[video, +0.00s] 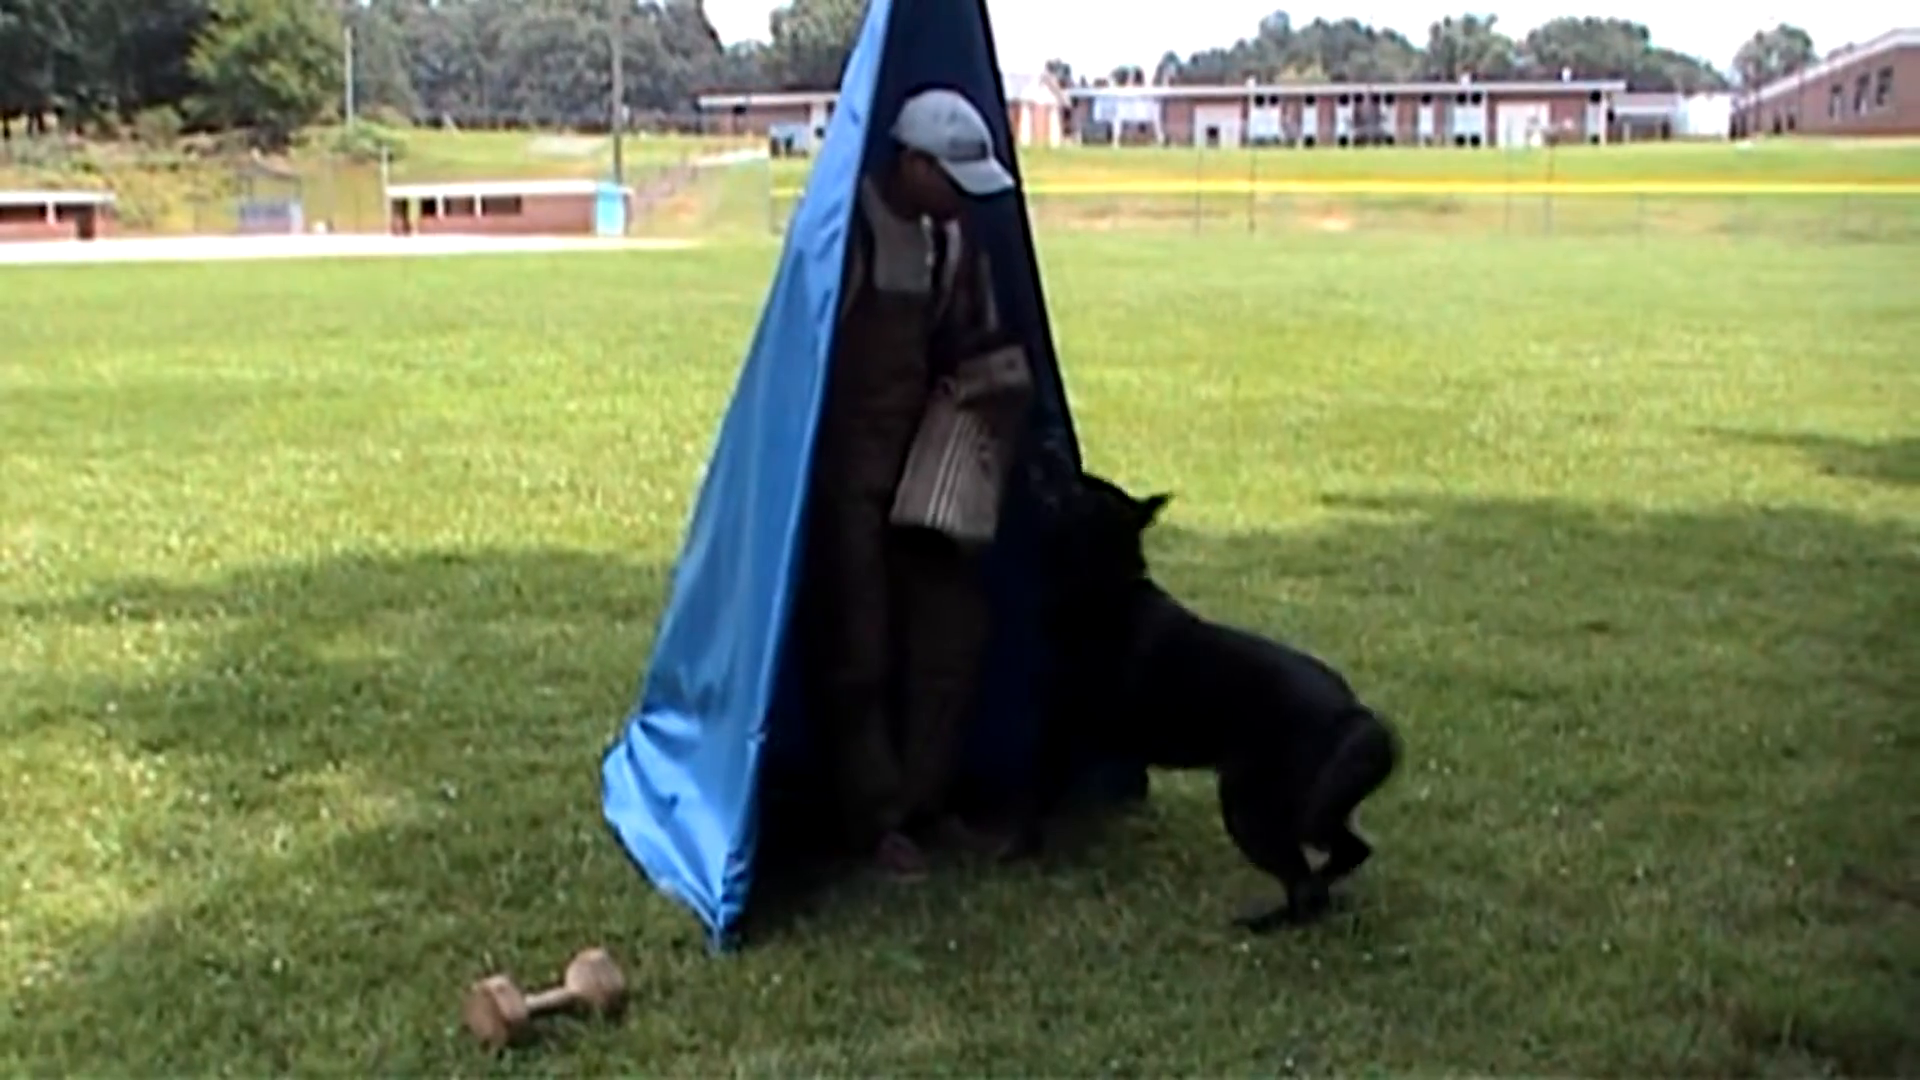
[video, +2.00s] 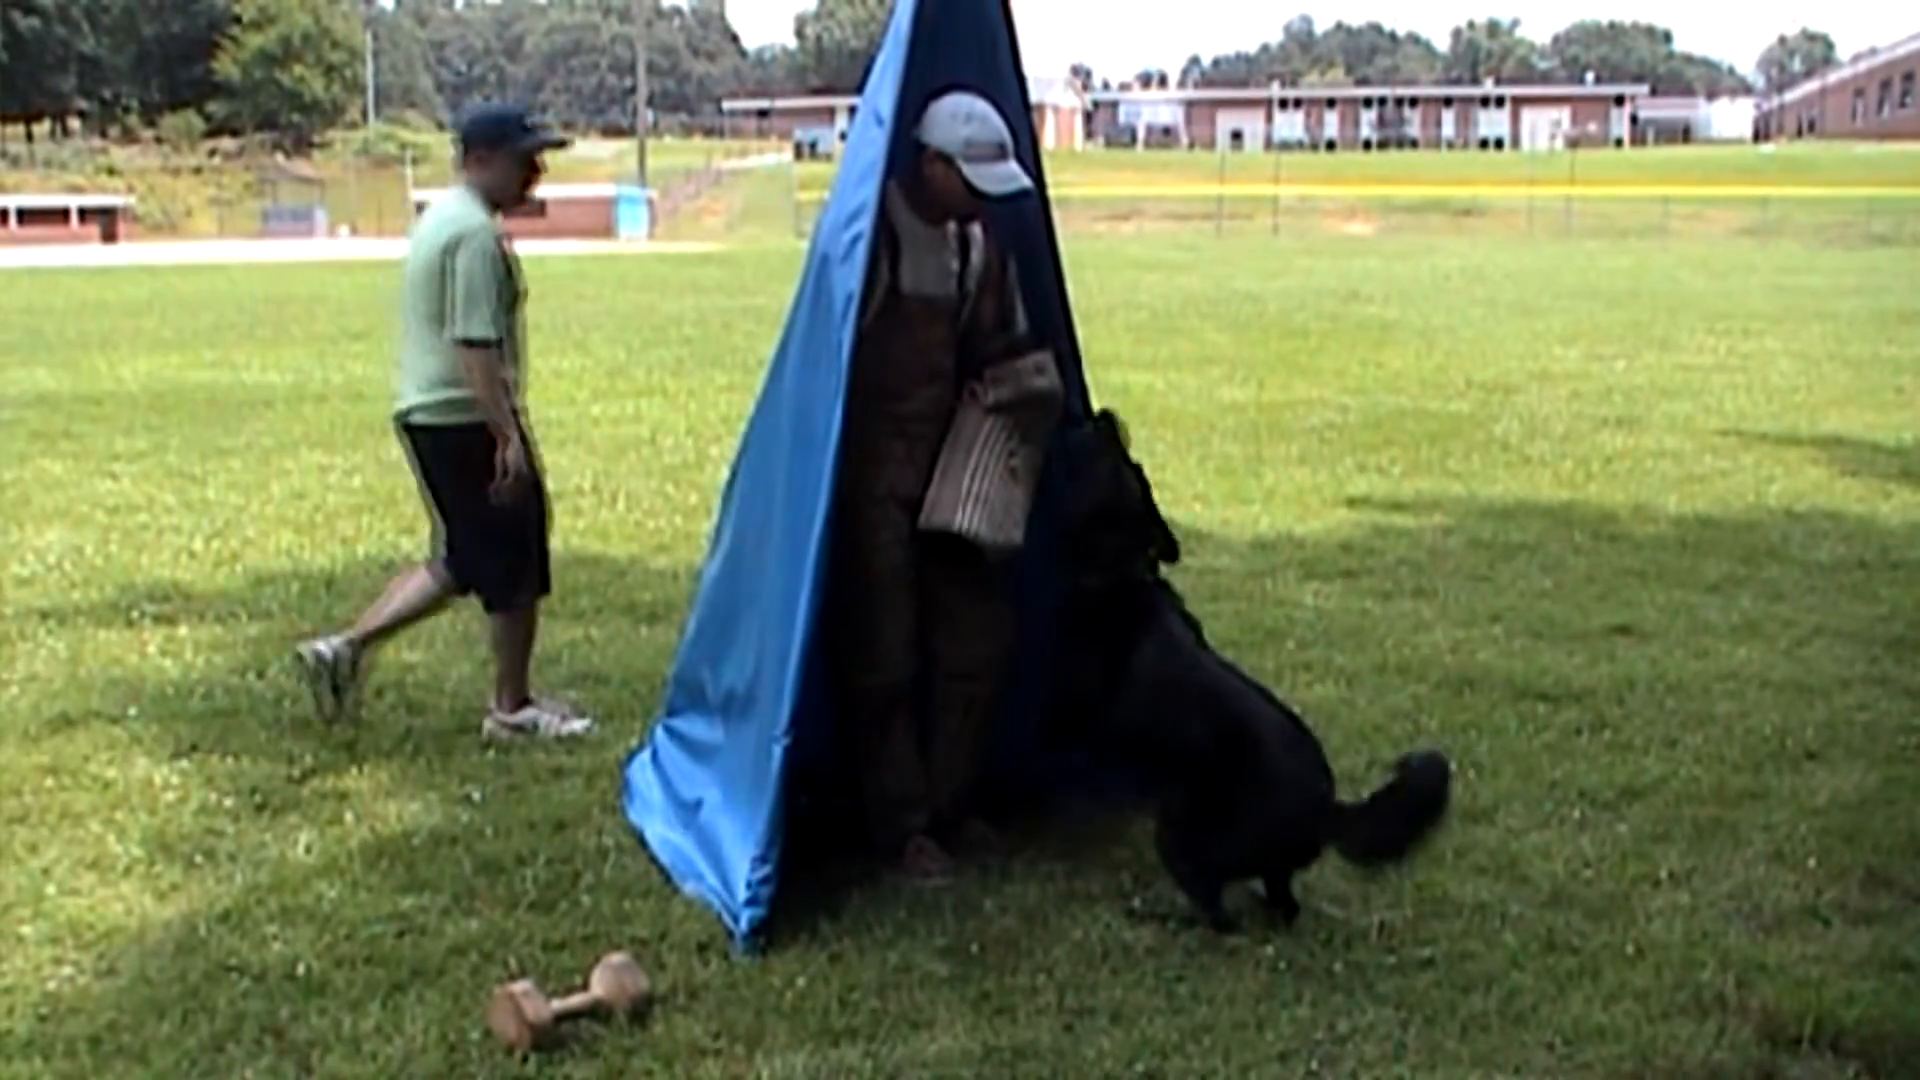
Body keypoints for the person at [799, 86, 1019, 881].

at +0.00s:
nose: (959, 200)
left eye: (967, 186)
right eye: (951, 183)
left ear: (957, 175)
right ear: (908, 163)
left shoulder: (960, 245)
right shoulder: (839, 239)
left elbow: (996, 359)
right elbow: (801, 368)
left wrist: (992, 378)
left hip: (937, 484)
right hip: (847, 485)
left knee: (944, 640)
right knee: (862, 652)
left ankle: (929, 807)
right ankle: (876, 824)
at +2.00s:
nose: (979, 200)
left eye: (986, 186)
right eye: (969, 183)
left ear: (983, 175)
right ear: (928, 164)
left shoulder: (984, 249)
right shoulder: (864, 244)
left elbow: (1020, 363)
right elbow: (824, 370)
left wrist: (1021, 383)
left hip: (963, 487)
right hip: (874, 487)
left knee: (969, 646)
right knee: (887, 657)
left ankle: (951, 810)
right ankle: (898, 828)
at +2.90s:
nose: (978, 199)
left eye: (986, 185)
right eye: (969, 182)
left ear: (982, 174)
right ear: (927, 164)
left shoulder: (983, 251)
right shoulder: (864, 244)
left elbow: (1008, 361)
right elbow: (823, 369)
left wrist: (1029, 387)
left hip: (963, 482)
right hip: (874, 483)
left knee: (971, 643)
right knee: (887, 656)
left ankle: (953, 811)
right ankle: (898, 831)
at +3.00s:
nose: (977, 199)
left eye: (984, 185)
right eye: (968, 182)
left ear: (980, 174)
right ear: (925, 164)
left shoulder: (981, 251)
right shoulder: (862, 245)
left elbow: (1007, 362)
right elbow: (821, 367)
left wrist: (1026, 384)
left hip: (960, 482)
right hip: (872, 483)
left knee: (970, 643)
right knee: (886, 656)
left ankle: (952, 811)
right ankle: (898, 831)